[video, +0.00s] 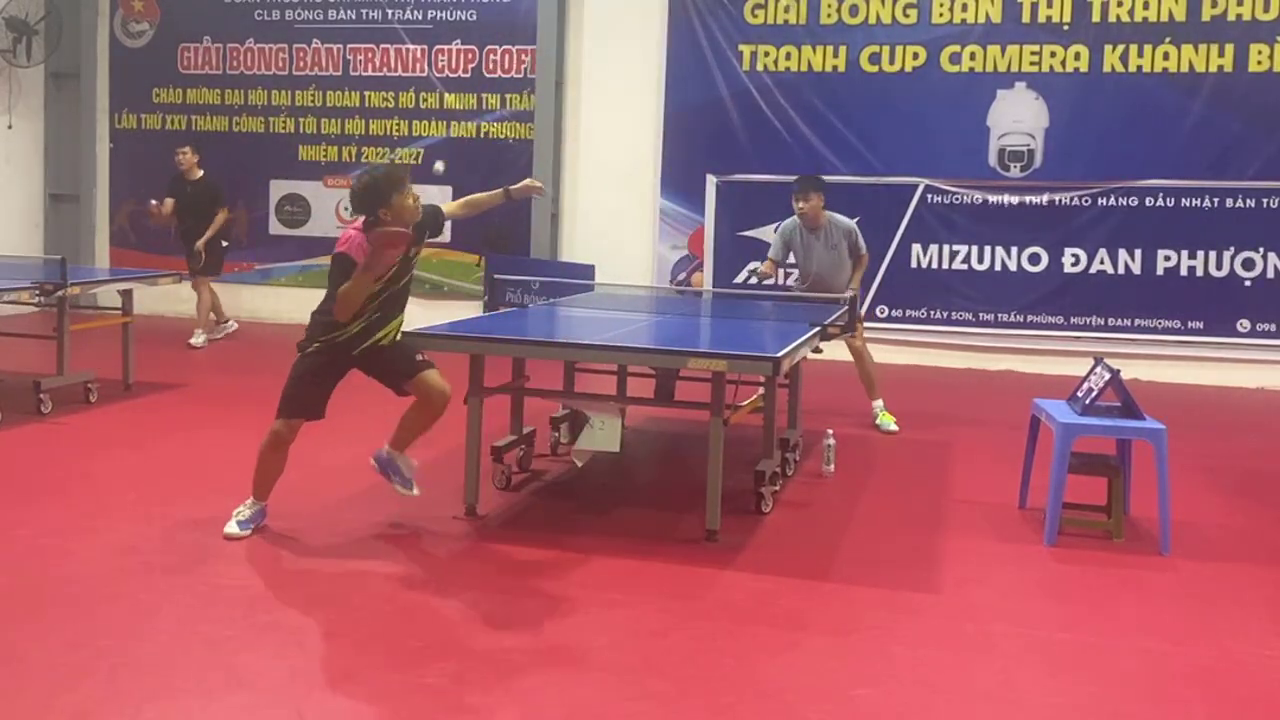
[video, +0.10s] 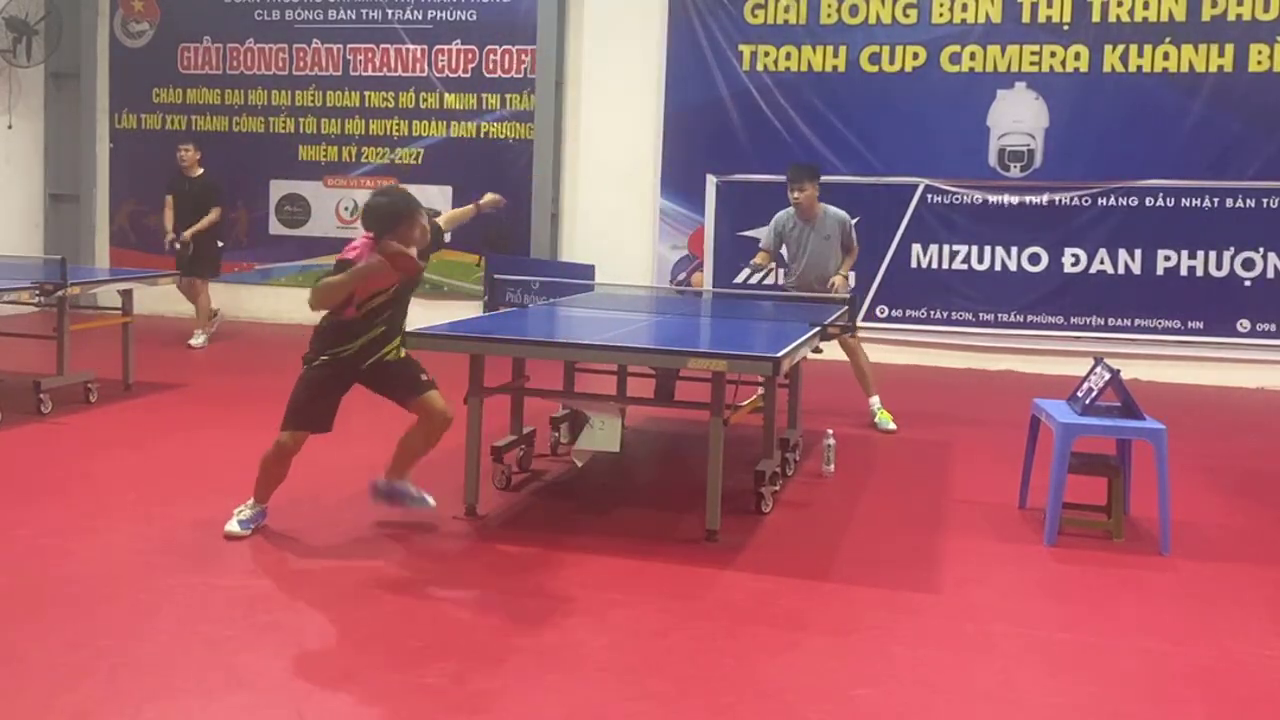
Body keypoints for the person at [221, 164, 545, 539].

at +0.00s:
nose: (416, 197)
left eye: (412, 191)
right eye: (408, 194)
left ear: (398, 205)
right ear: (385, 209)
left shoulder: (415, 225)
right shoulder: (354, 242)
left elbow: (462, 207)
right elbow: (341, 309)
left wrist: (511, 192)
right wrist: (373, 269)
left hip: (380, 339)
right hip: (330, 342)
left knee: (437, 393)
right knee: (282, 431)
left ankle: (391, 455)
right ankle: (255, 505)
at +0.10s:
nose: (426, 229)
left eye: (423, 222)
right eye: (419, 225)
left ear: (411, 228)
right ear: (395, 234)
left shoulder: (417, 241)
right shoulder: (359, 255)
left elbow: (446, 222)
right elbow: (318, 300)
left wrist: (479, 205)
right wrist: (364, 272)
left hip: (384, 350)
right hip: (332, 357)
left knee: (438, 416)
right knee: (288, 442)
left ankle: (393, 482)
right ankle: (256, 506)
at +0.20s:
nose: (454, 250)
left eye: (453, 243)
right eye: (447, 245)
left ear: (425, 246)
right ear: (421, 247)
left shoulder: (428, 259)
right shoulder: (379, 257)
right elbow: (329, 272)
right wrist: (382, 309)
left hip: (389, 361)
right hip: (340, 369)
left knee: (447, 427)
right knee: (297, 453)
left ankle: (400, 502)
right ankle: (258, 507)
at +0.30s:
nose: (487, 252)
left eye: (489, 246)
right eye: (486, 245)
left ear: (463, 240)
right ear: (465, 242)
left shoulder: (443, 258)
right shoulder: (406, 259)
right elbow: (356, 269)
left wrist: (404, 336)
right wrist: (390, 324)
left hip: (393, 345)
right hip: (349, 344)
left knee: (450, 428)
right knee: (332, 453)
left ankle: (401, 501)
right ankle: (263, 494)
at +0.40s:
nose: (503, 237)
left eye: (505, 229)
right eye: (503, 229)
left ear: (472, 221)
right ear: (489, 228)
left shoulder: (449, 243)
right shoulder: (436, 254)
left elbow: (405, 252)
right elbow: (394, 271)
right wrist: (425, 326)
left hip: (397, 349)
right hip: (362, 350)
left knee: (448, 427)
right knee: (381, 446)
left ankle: (402, 501)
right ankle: (293, 482)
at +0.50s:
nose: (508, 219)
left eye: (511, 210)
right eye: (509, 210)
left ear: (476, 202)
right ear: (498, 209)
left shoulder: (441, 221)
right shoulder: (456, 239)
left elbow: (398, 242)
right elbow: (424, 272)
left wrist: (372, 261)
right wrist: (456, 320)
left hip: (398, 339)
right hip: (378, 342)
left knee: (443, 421)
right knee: (427, 427)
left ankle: (400, 502)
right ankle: (341, 498)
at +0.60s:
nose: (517, 198)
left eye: (515, 190)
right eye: (516, 190)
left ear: (476, 186)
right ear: (507, 193)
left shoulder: (442, 212)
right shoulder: (473, 233)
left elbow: (392, 238)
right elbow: (446, 278)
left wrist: (371, 257)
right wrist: (475, 322)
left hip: (374, 330)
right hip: (400, 335)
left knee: (425, 418)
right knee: (456, 423)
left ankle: (396, 503)